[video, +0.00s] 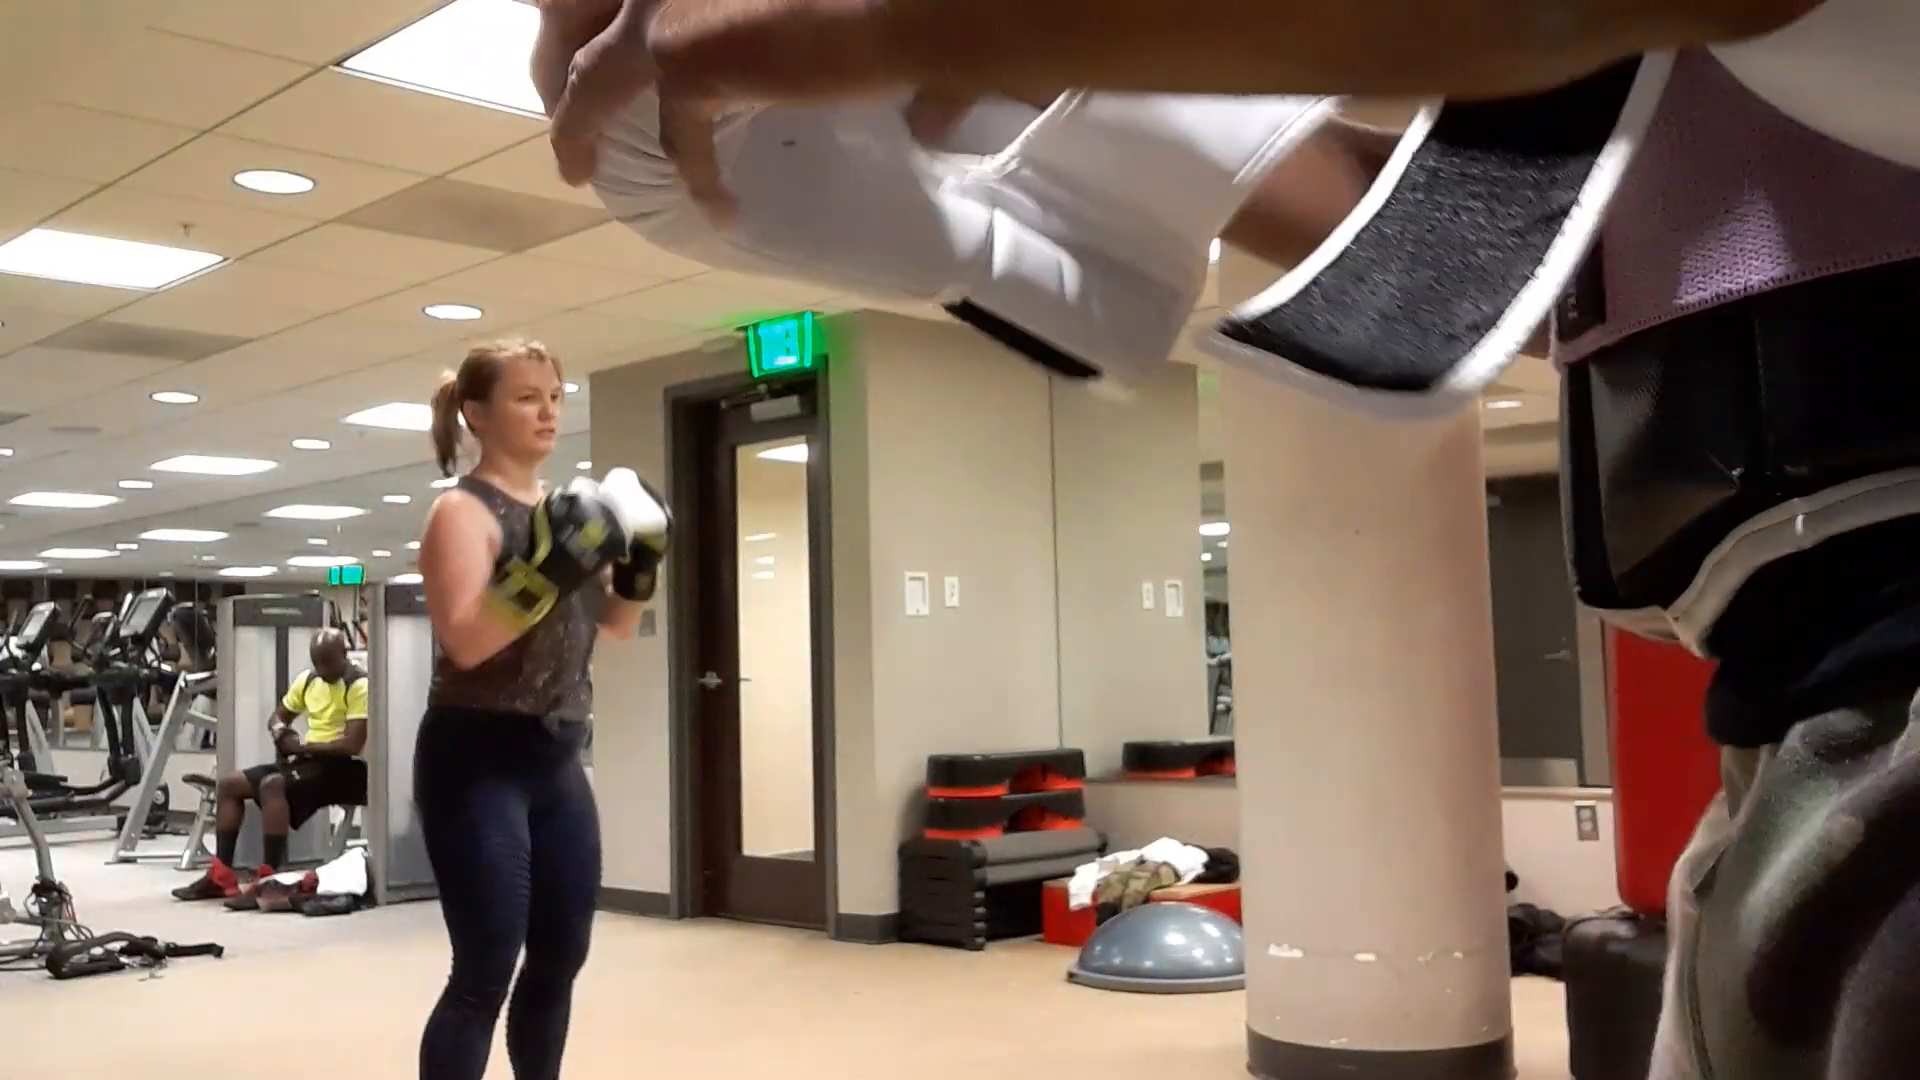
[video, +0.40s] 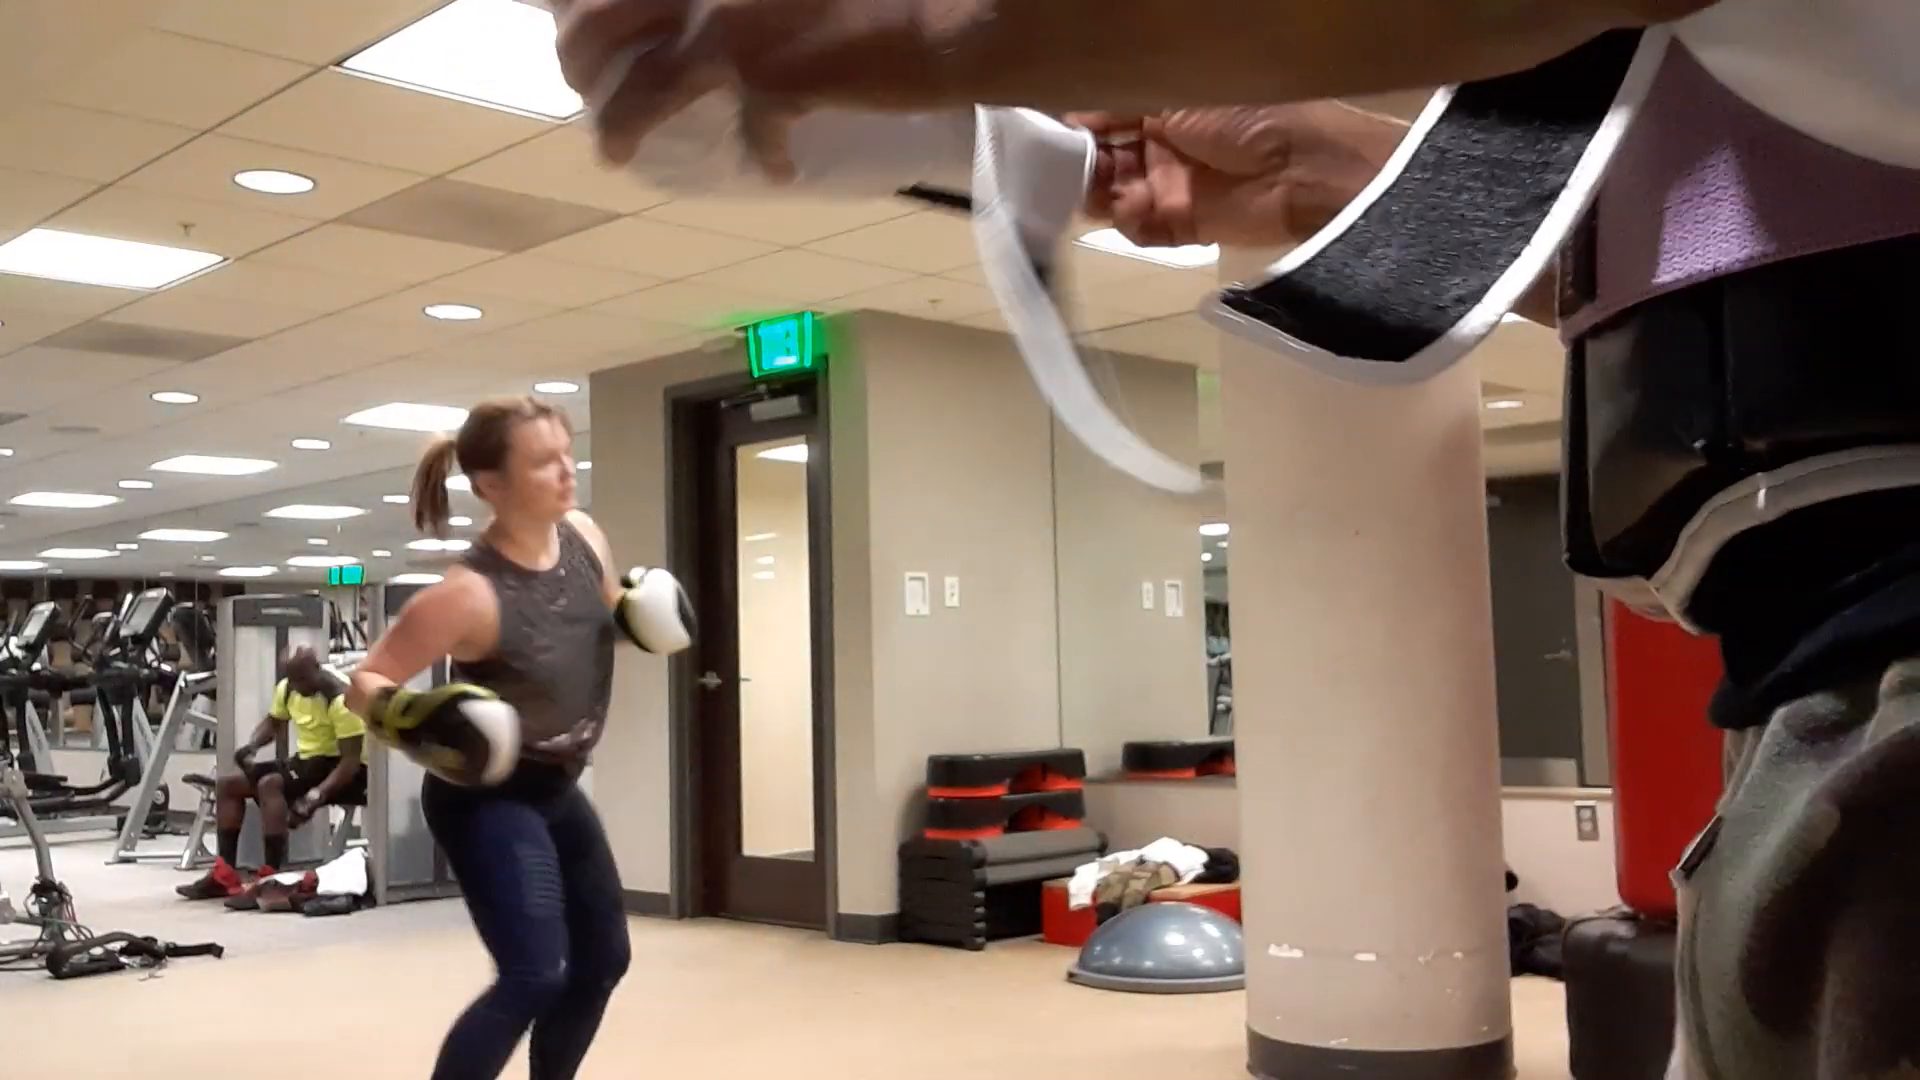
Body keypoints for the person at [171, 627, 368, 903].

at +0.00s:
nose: (321, 670)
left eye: (327, 663)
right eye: (317, 663)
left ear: (344, 655)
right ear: (312, 658)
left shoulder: (360, 685)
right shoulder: (308, 680)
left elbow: (352, 744)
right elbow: (278, 718)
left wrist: (302, 747)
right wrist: (281, 733)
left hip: (343, 769)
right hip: (309, 764)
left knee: (273, 786)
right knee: (229, 786)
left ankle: (269, 881)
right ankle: (221, 875)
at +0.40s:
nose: (294, 687)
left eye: (299, 680)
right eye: (291, 681)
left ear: (315, 674)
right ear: (289, 677)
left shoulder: (341, 700)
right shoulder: (287, 689)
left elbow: (351, 762)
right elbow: (274, 722)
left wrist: (314, 798)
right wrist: (252, 745)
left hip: (335, 769)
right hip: (305, 765)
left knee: (270, 784)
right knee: (228, 785)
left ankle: (270, 880)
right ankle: (225, 874)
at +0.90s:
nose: (220, 725)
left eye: (221, 719)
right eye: (214, 721)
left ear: (230, 699)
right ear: (206, 715)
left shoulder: (269, 716)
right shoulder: (212, 706)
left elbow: (281, 778)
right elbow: (191, 749)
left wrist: (281, 836)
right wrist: (177, 789)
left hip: (320, 740)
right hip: (279, 742)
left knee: (257, 792)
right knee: (212, 793)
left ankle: (267, 879)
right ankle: (231, 875)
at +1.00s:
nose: (212, 709)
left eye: (213, 702)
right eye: (206, 705)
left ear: (225, 685)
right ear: (199, 698)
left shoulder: (265, 701)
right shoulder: (206, 695)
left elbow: (287, 762)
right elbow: (197, 737)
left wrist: (282, 821)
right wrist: (187, 777)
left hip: (315, 728)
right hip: (273, 731)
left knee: (259, 792)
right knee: (214, 792)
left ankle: (272, 882)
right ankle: (232, 873)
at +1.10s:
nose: (208, 691)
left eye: (209, 683)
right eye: (202, 686)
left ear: (222, 668)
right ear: (195, 680)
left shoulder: (264, 685)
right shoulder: (202, 676)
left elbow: (294, 742)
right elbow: (200, 720)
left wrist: (290, 810)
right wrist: (196, 764)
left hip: (308, 720)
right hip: (263, 726)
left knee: (261, 789)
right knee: (217, 792)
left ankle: (273, 879)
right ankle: (232, 873)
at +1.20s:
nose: (212, 670)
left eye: (215, 664)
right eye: (206, 665)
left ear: (227, 651)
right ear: (200, 659)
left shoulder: (267, 669)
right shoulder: (200, 662)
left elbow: (303, 723)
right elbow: (199, 703)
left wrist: (295, 785)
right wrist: (202, 748)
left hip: (298, 714)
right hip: (257, 719)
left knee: (262, 789)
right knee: (221, 790)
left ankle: (270, 879)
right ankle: (234, 872)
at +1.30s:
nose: (222, 647)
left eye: (226, 640)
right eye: (216, 642)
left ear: (237, 628)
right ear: (207, 636)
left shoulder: (271, 653)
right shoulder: (202, 646)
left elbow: (310, 701)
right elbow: (199, 685)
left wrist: (300, 759)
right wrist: (204, 726)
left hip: (284, 715)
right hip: (247, 716)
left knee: (258, 788)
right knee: (225, 789)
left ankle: (268, 879)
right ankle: (233, 872)